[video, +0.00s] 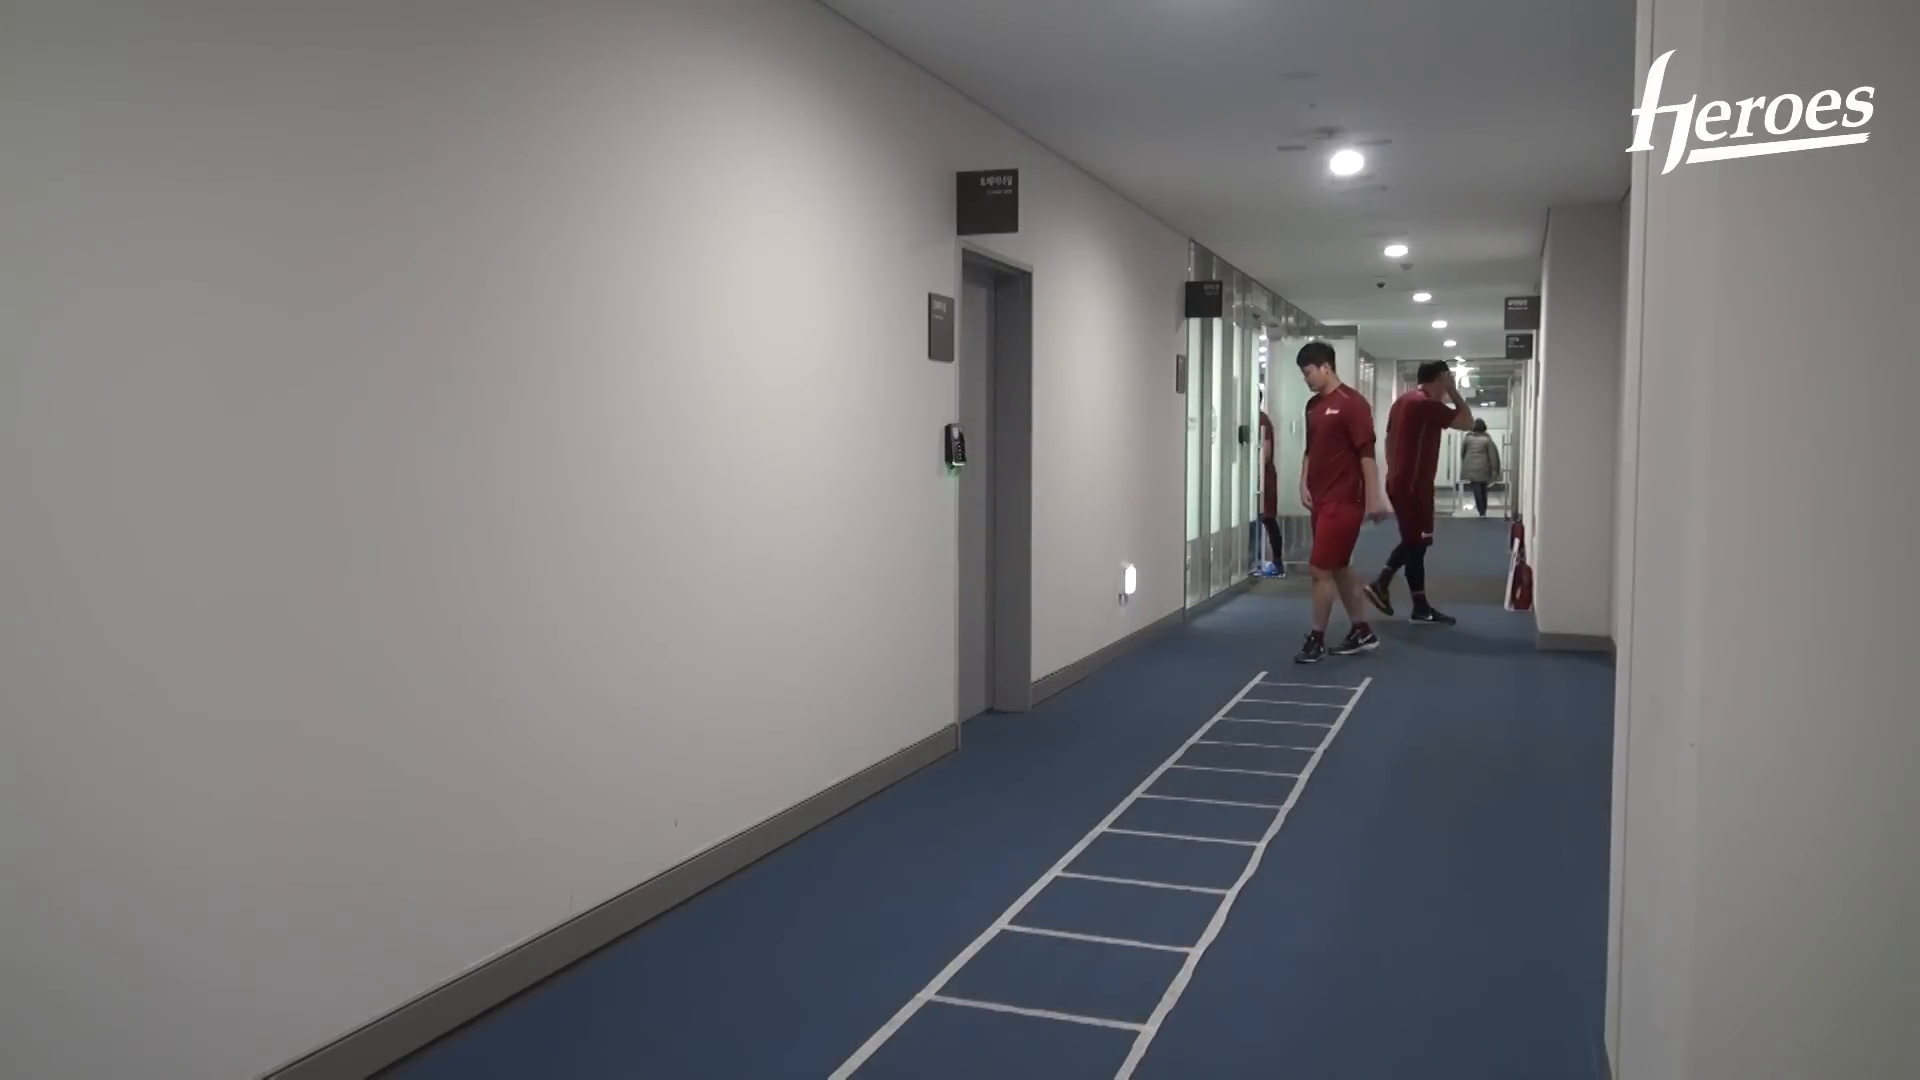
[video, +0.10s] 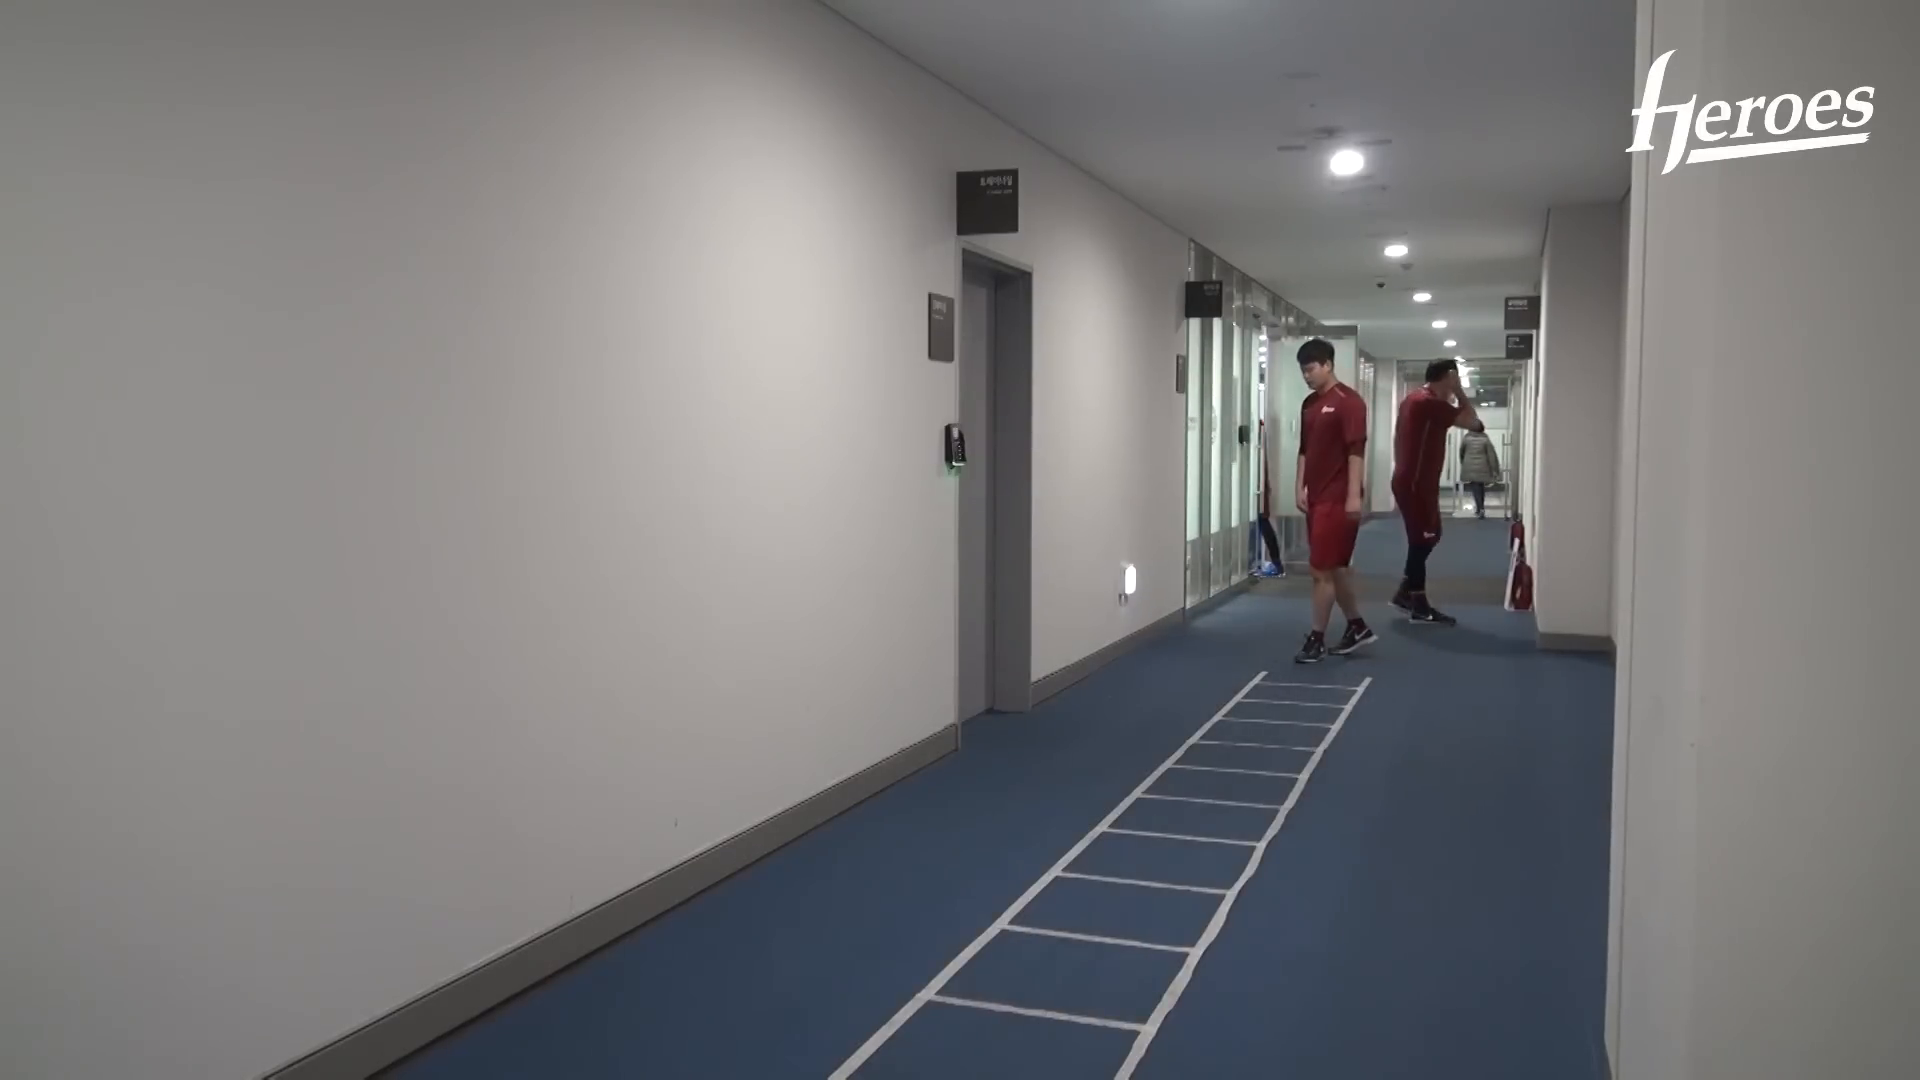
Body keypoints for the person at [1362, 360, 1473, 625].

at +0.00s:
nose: (1449, 387)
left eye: (1449, 382)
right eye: (1447, 382)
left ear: (1423, 381)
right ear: (1437, 381)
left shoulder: (1401, 402)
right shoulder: (1427, 405)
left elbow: (1390, 441)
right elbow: (1466, 420)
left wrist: (1393, 472)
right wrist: (1451, 391)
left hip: (1398, 482)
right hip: (1415, 484)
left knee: (1413, 541)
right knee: (1417, 543)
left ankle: (1380, 584)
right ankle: (1421, 607)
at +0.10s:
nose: (1456, 384)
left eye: (1456, 379)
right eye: (1454, 379)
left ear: (1431, 379)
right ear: (1445, 379)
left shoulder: (1411, 401)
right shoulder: (1431, 404)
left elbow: (1398, 440)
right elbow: (1471, 420)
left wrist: (1402, 469)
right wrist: (1459, 389)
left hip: (1408, 480)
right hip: (1418, 483)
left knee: (1426, 537)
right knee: (1422, 541)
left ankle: (1406, 591)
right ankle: (1419, 604)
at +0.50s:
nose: (1481, 393)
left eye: (1482, 388)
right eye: (1480, 386)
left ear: (1465, 379)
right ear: (1467, 379)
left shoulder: (1459, 405)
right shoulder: (1436, 402)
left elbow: (1454, 450)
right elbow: (1462, 417)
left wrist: (1458, 480)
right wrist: (1466, 390)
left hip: (1450, 487)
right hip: (1432, 487)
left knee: (1449, 547)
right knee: (1431, 545)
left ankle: (1454, 604)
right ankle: (1421, 605)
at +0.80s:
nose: (1489, 393)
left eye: (1492, 388)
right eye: (1488, 386)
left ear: (1489, 387)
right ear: (1473, 380)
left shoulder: (1483, 408)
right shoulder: (1440, 399)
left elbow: (1489, 444)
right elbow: (1442, 415)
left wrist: (1504, 476)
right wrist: (1462, 387)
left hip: (1464, 484)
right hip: (1436, 482)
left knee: (1456, 544)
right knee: (1437, 539)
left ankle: (1455, 604)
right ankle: (1425, 601)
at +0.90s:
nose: (1485, 392)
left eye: (1490, 388)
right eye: (1484, 386)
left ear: (1490, 387)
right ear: (1471, 378)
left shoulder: (1485, 407)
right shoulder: (1440, 399)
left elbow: (1492, 444)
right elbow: (1437, 415)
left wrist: (1508, 472)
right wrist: (1457, 387)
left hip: (1467, 485)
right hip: (1437, 483)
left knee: (1458, 545)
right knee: (1436, 540)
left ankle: (1455, 605)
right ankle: (1426, 605)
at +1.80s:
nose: (1443, 386)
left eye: (1448, 382)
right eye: (1440, 381)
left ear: (1453, 380)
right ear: (1428, 375)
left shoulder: (1462, 403)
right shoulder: (1409, 402)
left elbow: (1474, 440)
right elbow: (1387, 411)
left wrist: (1484, 476)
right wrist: (1410, 384)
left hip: (1456, 488)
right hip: (1421, 489)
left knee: (1461, 549)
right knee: (1425, 549)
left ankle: (1462, 612)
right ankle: (1428, 610)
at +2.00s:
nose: (1437, 387)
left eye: (1442, 383)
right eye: (1434, 382)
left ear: (1452, 381)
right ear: (1426, 377)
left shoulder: (1463, 405)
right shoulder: (1410, 403)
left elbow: (1478, 442)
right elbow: (1384, 412)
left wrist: (1487, 478)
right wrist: (1408, 386)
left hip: (1453, 489)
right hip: (1419, 489)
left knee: (1451, 550)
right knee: (1424, 550)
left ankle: (1452, 612)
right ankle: (1428, 609)